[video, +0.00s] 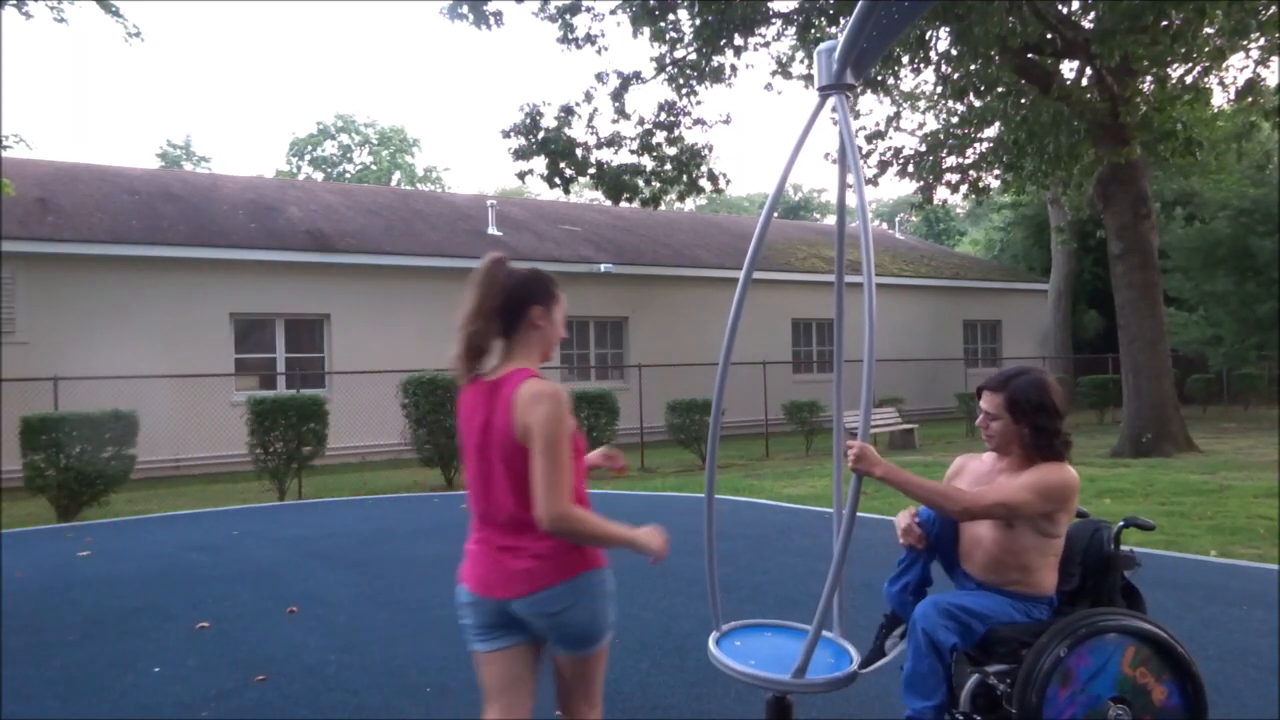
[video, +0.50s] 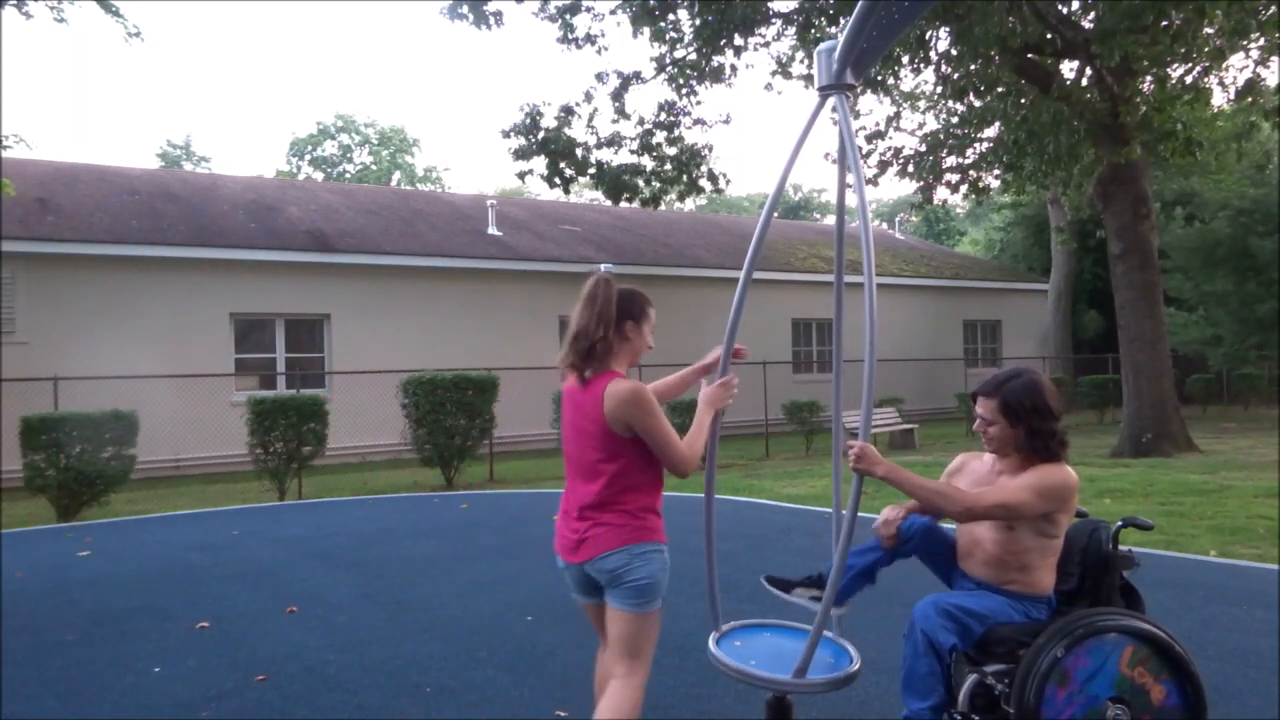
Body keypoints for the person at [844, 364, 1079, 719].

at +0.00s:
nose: (979, 423)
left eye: (992, 417)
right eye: (980, 413)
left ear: (1025, 423)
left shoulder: (1058, 479)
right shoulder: (966, 465)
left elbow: (965, 506)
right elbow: (941, 512)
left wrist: (881, 468)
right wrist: (905, 517)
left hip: (1022, 604)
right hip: (968, 582)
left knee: (932, 613)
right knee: (931, 515)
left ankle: (925, 712)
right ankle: (899, 616)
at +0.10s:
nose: (978, 424)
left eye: (990, 418)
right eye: (979, 414)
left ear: (1023, 423)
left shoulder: (1058, 478)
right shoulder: (965, 465)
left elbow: (964, 504)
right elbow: (937, 509)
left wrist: (881, 467)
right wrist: (905, 514)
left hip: (1022, 604)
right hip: (969, 582)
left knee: (932, 612)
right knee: (932, 514)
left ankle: (927, 712)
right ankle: (897, 616)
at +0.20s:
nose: (978, 426)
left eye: (989, 420)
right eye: (978, 416)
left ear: (1023, 423)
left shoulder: (1058, 478)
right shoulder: (965, 465)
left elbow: (964, 503)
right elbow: (933, 506)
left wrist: (882, 467)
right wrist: (906, 512)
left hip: (1021, 603)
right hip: (968, 581)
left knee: (931, 614)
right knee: (929, 510)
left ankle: (929, 712)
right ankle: (896, 606)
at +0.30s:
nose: (979, 426)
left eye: (990, 420)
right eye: (978, 417)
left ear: (1024, 424)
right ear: (976, 413)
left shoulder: (1057, 477)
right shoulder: (968, 463)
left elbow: (966, 503)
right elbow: (931, 500)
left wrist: (882, 467)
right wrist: (904, 506)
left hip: (1019, 602)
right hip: (969, 578)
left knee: (932, 615)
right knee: (929, 507)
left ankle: (926, 713)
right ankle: (873, 593)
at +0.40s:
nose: (978, 428)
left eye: (988, 421)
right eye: (977, 417)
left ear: (1023, 425)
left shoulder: (1057, 479)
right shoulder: (967, 463)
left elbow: (965, 507)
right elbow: (930, 499)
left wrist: (881, 467)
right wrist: (899, 508)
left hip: (1019, 601)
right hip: (965, 575)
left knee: (931, 614)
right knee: (924, 512)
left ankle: (923, 712)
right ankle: (849, 583)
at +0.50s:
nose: (977, 428)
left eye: (988, 422)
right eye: (978, 418)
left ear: (1023, 425)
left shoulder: (1056, 480)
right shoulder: (968, 463)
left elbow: (966, 507)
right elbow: (935, 505)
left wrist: (883, 468)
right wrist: (902, 510)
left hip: (1016, 601)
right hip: (963, 572)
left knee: (931, 614)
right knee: (913, 526)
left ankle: (922, 712)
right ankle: (829, 587)